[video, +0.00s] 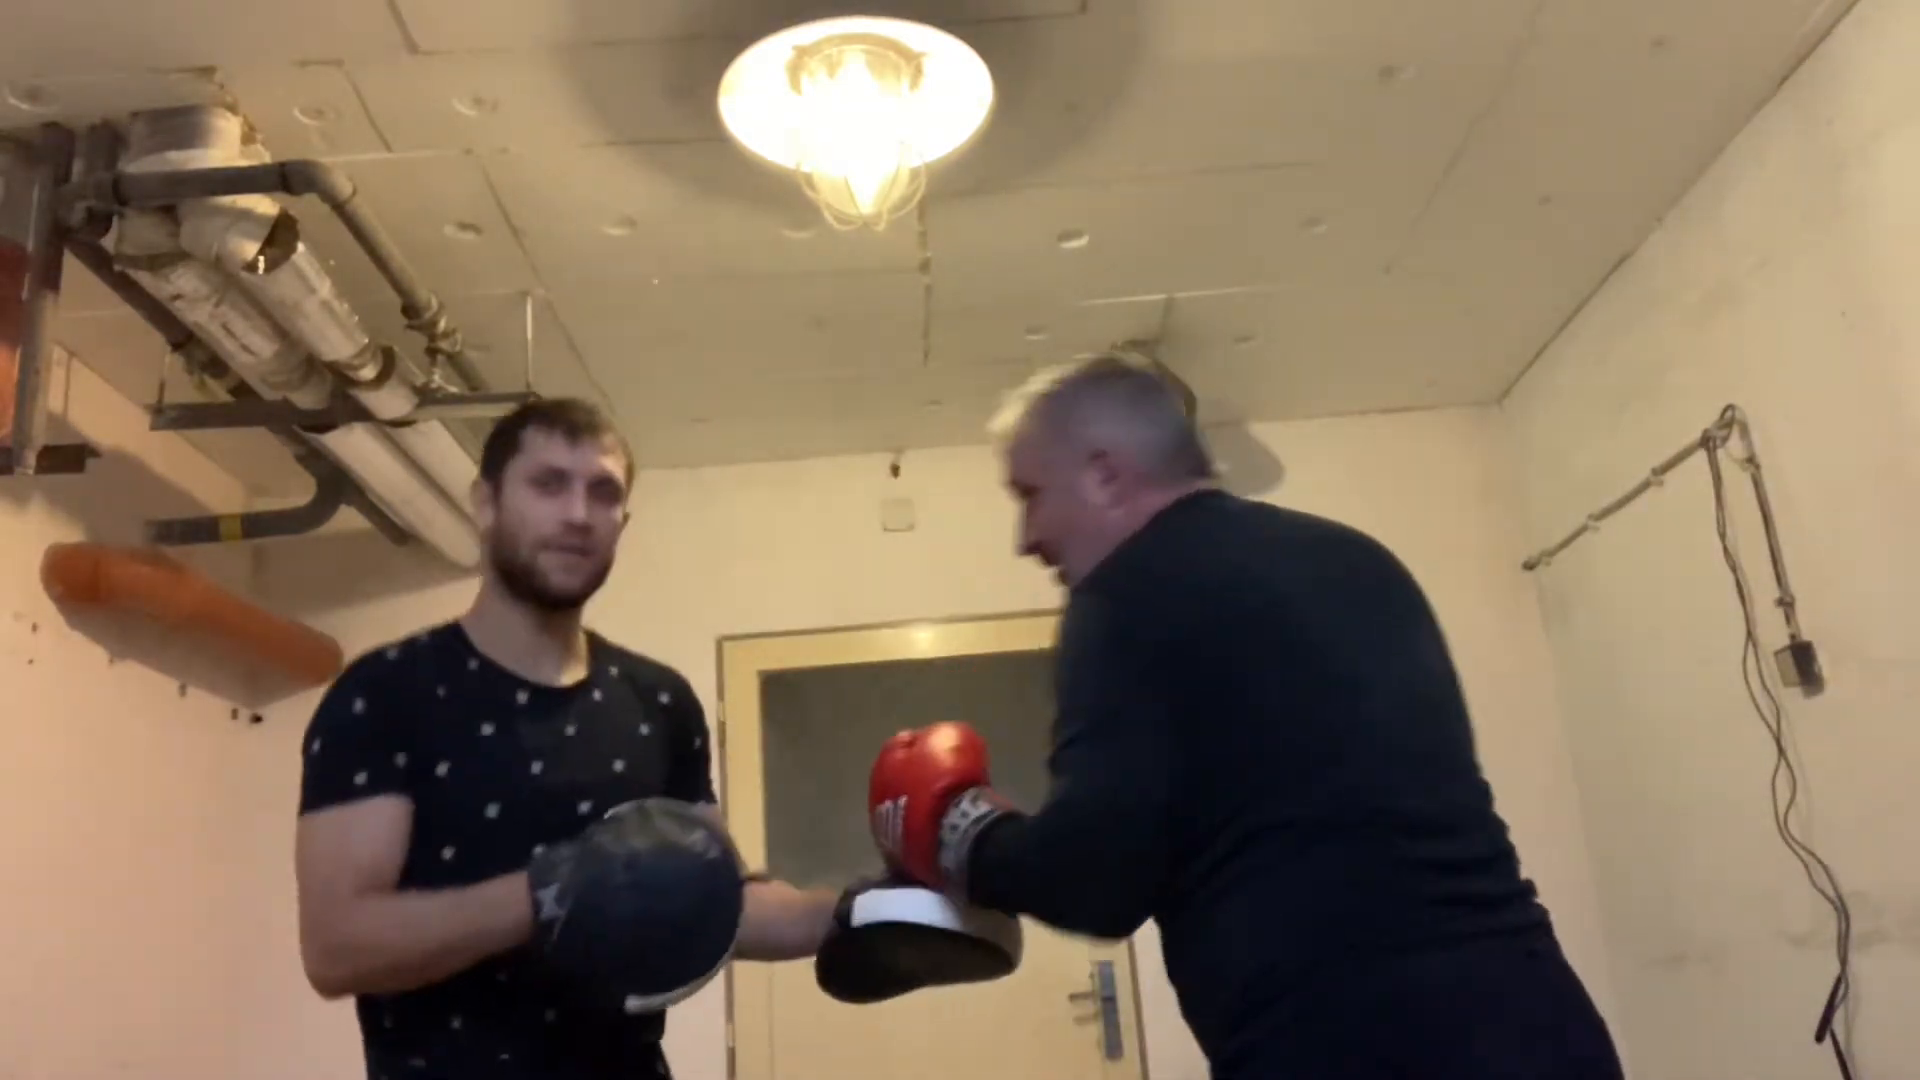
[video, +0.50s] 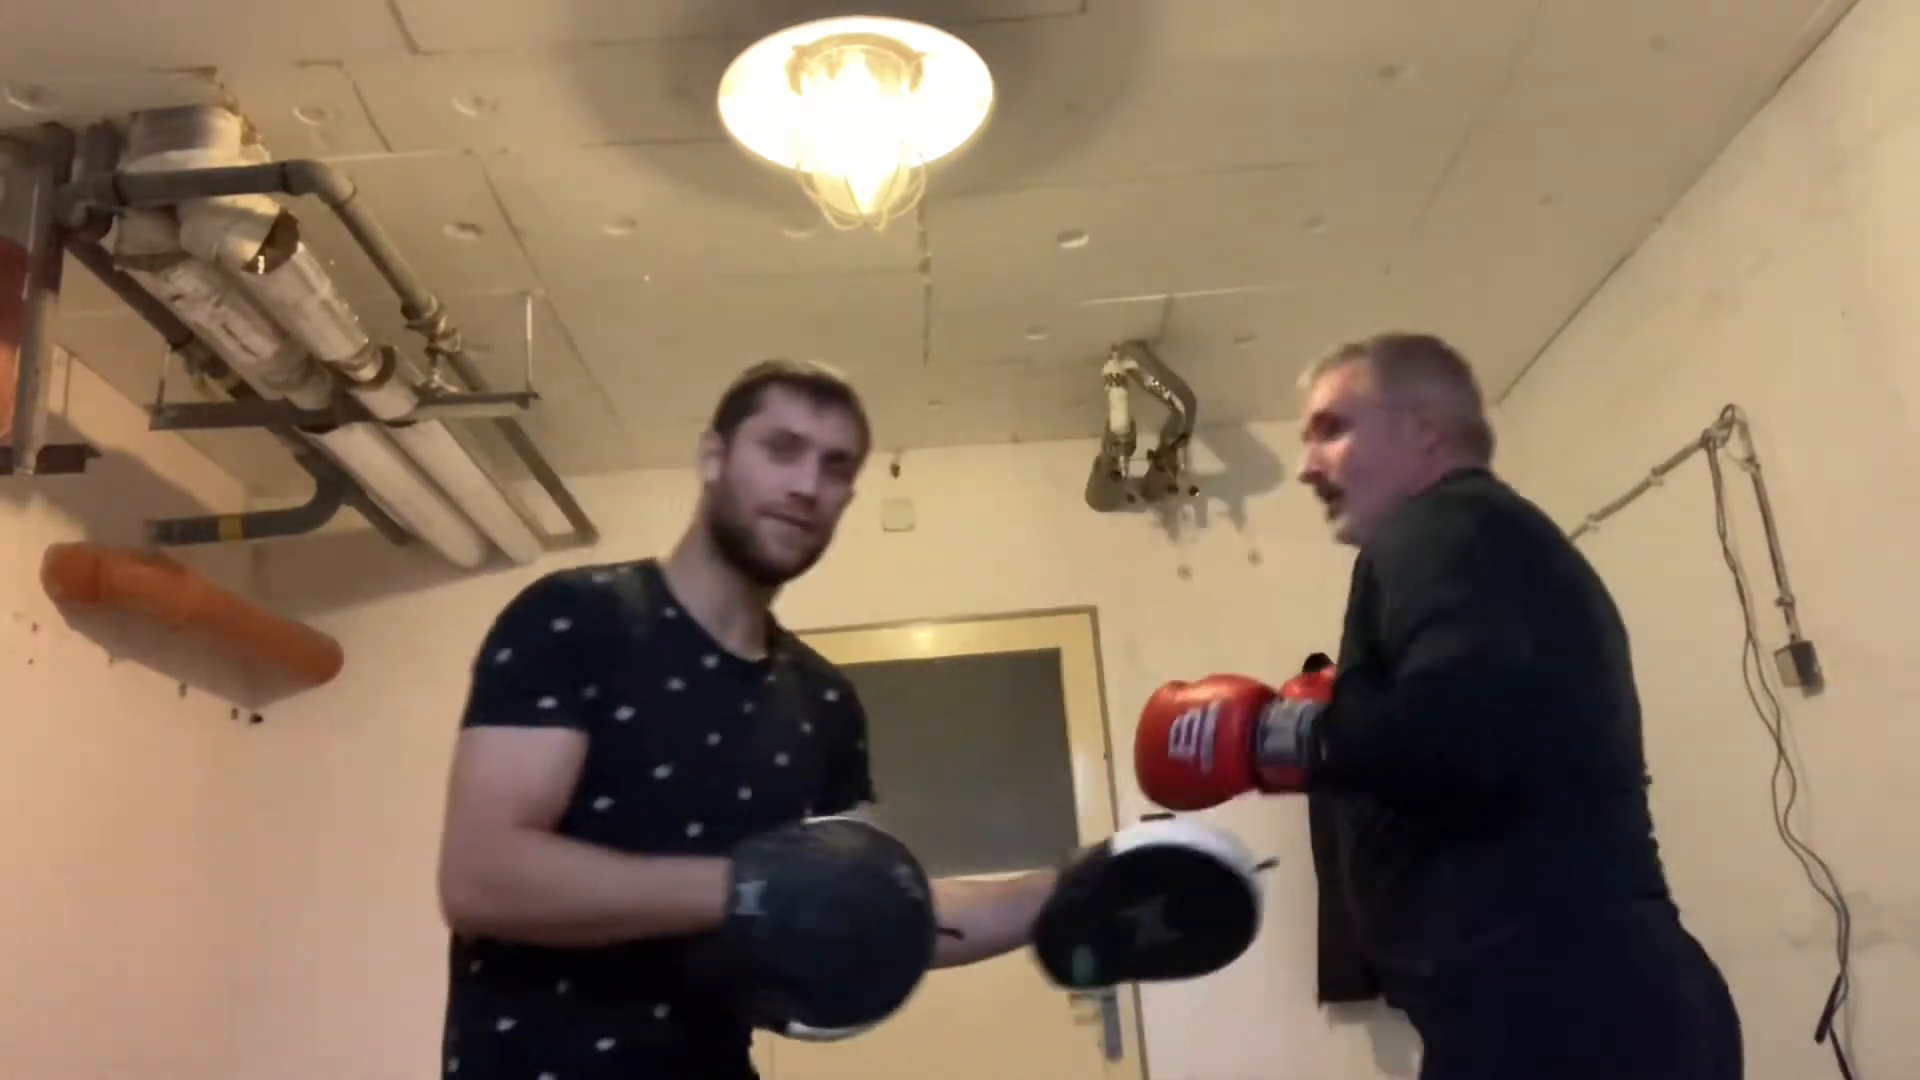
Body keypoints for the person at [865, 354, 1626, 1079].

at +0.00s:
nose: (1026, 539)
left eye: (1030, 495)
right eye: (1019, 504)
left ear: (1106, 473)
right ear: (1123, 474)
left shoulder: (1127, 598)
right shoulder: (1363, 559)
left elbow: (1104, 882)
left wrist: (964, 836)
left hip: (1323, 1041)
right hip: (1534, 1022)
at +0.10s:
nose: (1087, 535)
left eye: (1099, 493)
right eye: (1087, 500)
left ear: (1181, 478)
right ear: (1213, 479)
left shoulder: (1192, 601)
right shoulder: (1411, 580)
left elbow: (1159, 830)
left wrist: (994, 832)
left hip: (1352, 1046)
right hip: (1553, 1033)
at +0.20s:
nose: (1169, 547)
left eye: (1186, 510)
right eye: (1169, 515)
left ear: (1274, 503)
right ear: (1311, 507)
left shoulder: (1275, 617)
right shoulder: (1476, 617)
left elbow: (1246, 827)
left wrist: (1059, 838)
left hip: (1405, 1053)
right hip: (1592, 1041)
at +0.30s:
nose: (1243, 554)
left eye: (1263, 517)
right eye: (1243, 524)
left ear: (1356, 513)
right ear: (1372, 518)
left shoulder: (1354, 631)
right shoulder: (1530, 636)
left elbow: (1366, 840)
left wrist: (1166, 834)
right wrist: (1301, 787)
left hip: (1482, 1054)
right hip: (1647, 1042)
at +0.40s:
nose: (1280, 505)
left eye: (1301, 469)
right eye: (1283, 477)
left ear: (1397, 474)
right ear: (1399, 478)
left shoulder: (1411, 585)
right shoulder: (1522, 585)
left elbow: (1439, 777)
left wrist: (1252, 782)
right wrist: (1334, 739)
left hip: (1527, 1047)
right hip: (1641, 1031)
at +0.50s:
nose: (1307, 465)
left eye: (1332, 429)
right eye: (1308, 440)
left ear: (1424, 431)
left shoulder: (1440, 531)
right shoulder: (1516, 538)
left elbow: (1467, 724)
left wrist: (1274, 732)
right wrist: (1349, 701)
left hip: (1545, 1018)